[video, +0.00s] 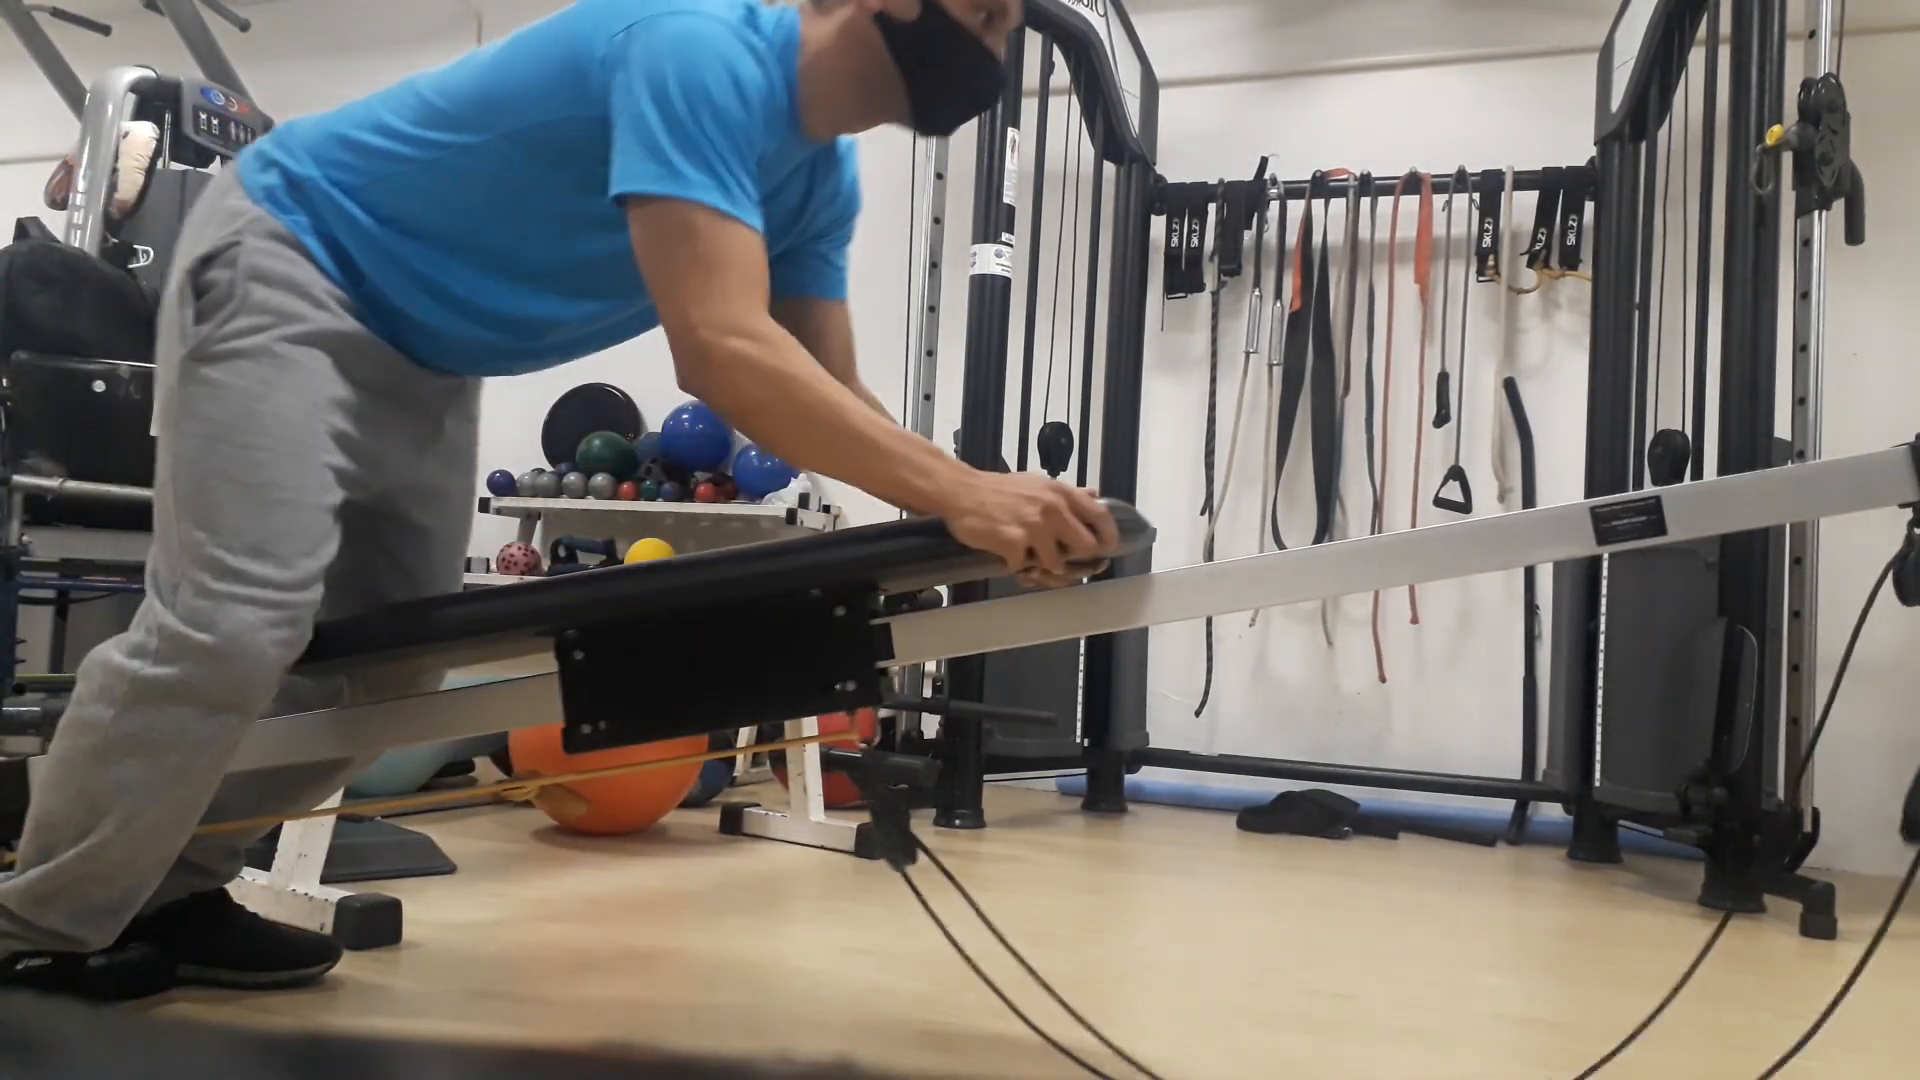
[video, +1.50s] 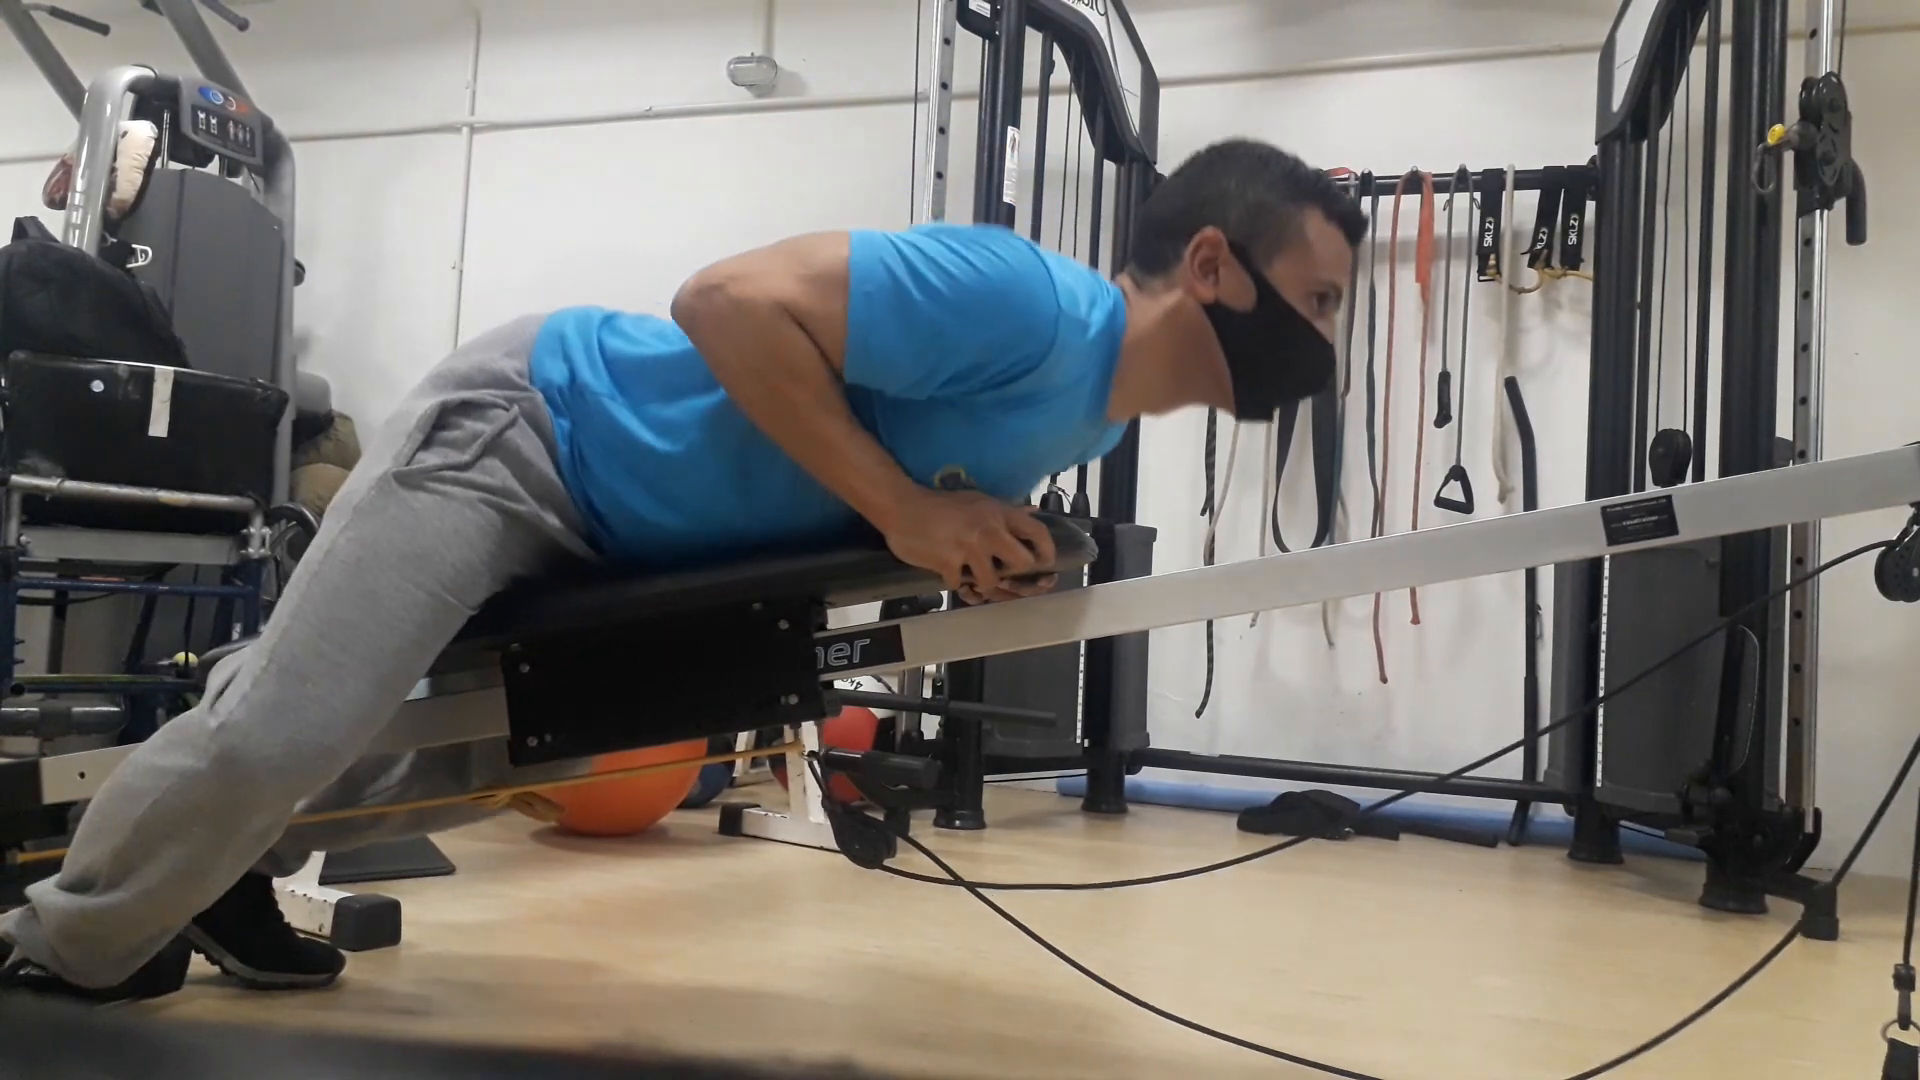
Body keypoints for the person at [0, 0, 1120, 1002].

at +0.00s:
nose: (1002, 44)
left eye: (1013, 34)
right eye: (991, 15)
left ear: (912, 36)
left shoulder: (819, 168)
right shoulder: (701, 55)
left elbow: (821, 384)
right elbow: (722, 352)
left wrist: (975, 496)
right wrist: (956, 492)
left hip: (426, 349)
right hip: (287, 253)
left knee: (391, 664)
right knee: (233, 627)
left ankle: (168, 883)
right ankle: (39, 926)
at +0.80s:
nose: (1207, 126)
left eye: (1221, 100)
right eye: (1193, 84)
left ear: (1133, 82)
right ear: (1097, 40)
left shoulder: (1010, 233)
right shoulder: (902, 105)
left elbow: (847, 392)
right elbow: (703, 324)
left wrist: (935, 522)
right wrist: (905, 504)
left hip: (589, 459)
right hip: (482, 342)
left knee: (444, 727)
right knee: (301, 684)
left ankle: (201, 877)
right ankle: (50, 946)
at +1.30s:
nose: (1318, 296)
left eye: (1332, 268)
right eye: (1306, 252)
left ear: (1221, 241)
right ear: (1204, 210)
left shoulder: (1080, 380)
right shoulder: (1008, 253)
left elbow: (875, 428)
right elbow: (728, 310)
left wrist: (968, 518)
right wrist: (907, 506)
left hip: (629, 520)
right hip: (537, 404)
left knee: (503, 735)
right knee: (300, 726)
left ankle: (223, 842)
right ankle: (68, 944)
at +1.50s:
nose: (1315, 347)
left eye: (1332, 319)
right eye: (1305, 302)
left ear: (1225, 293)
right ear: (1208, 263)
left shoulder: (1085, 426)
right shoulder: (1024, 308)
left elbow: (858, 494)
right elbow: (731, 308)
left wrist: (973, 559)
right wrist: (910, 510)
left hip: (621, 550)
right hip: (538, 427)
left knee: (493, 750)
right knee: (294, 726)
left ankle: (236, 848)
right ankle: (60, 945)